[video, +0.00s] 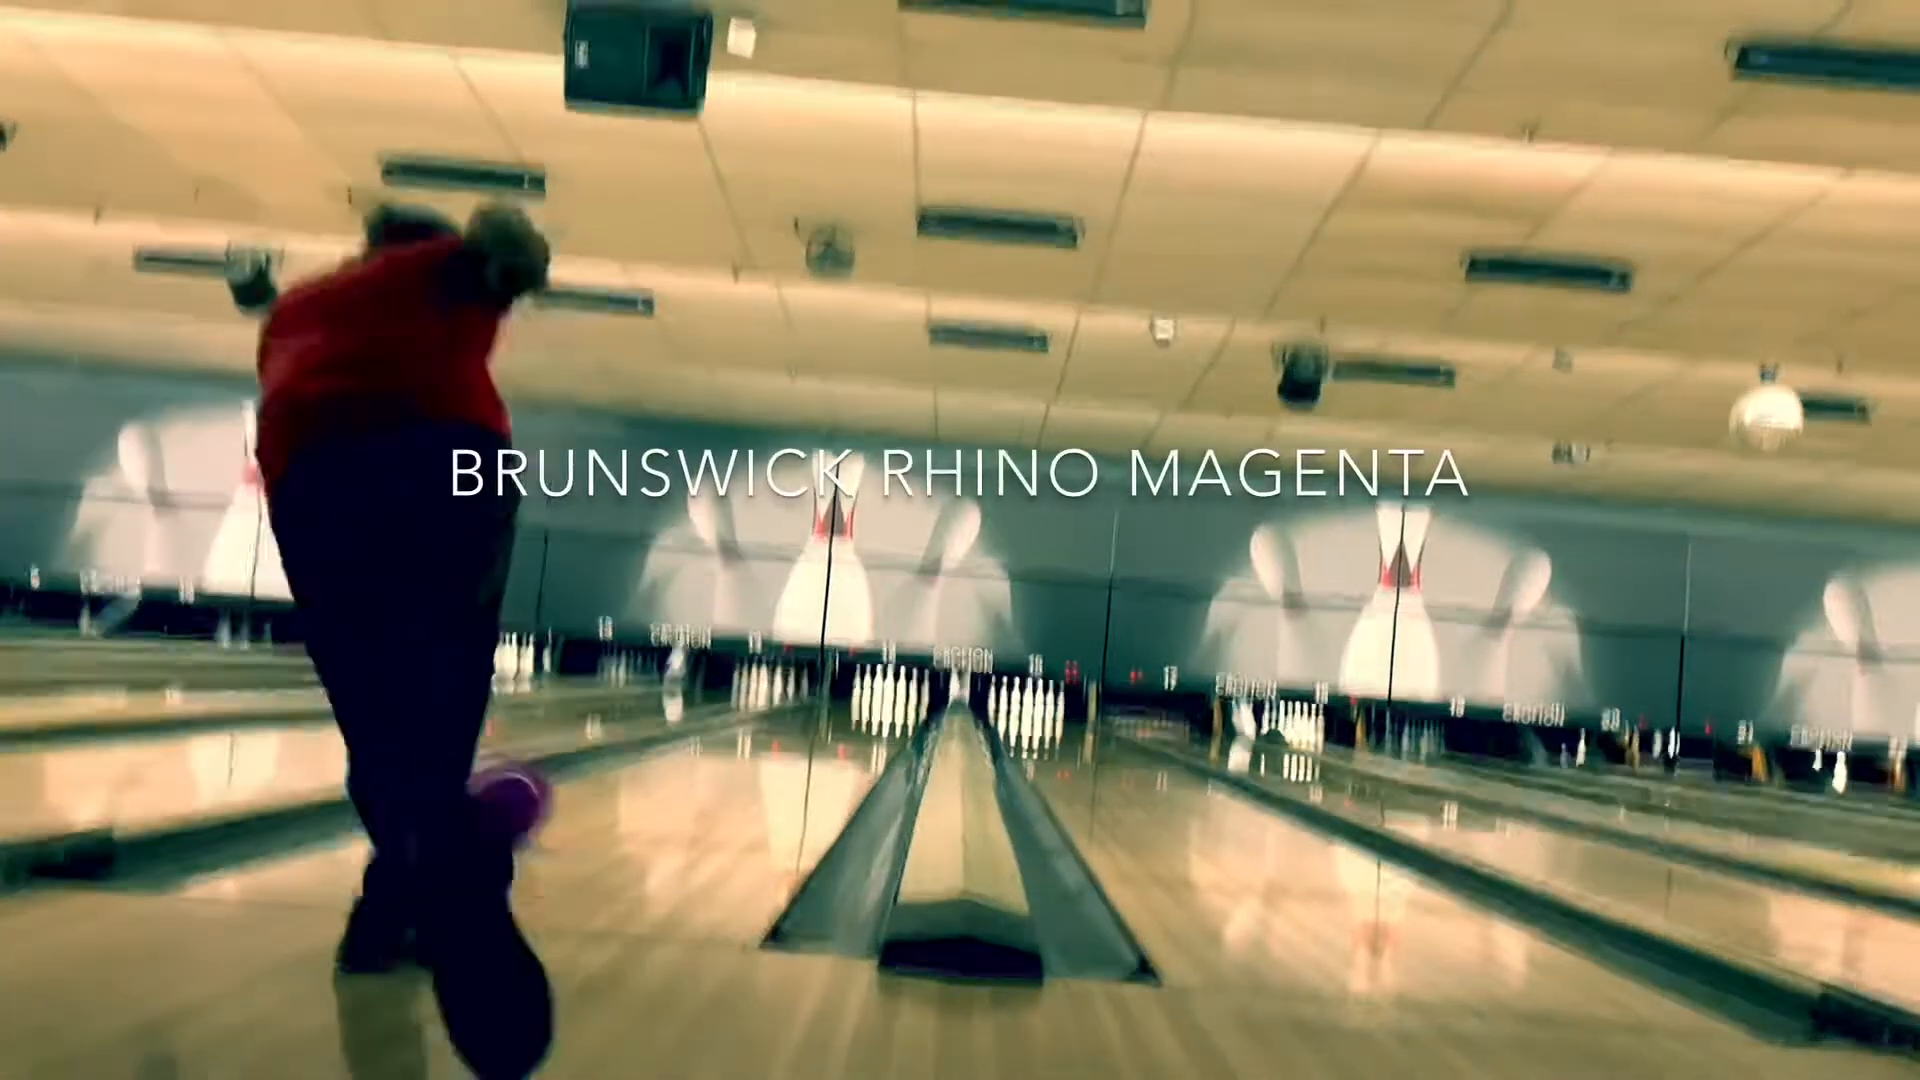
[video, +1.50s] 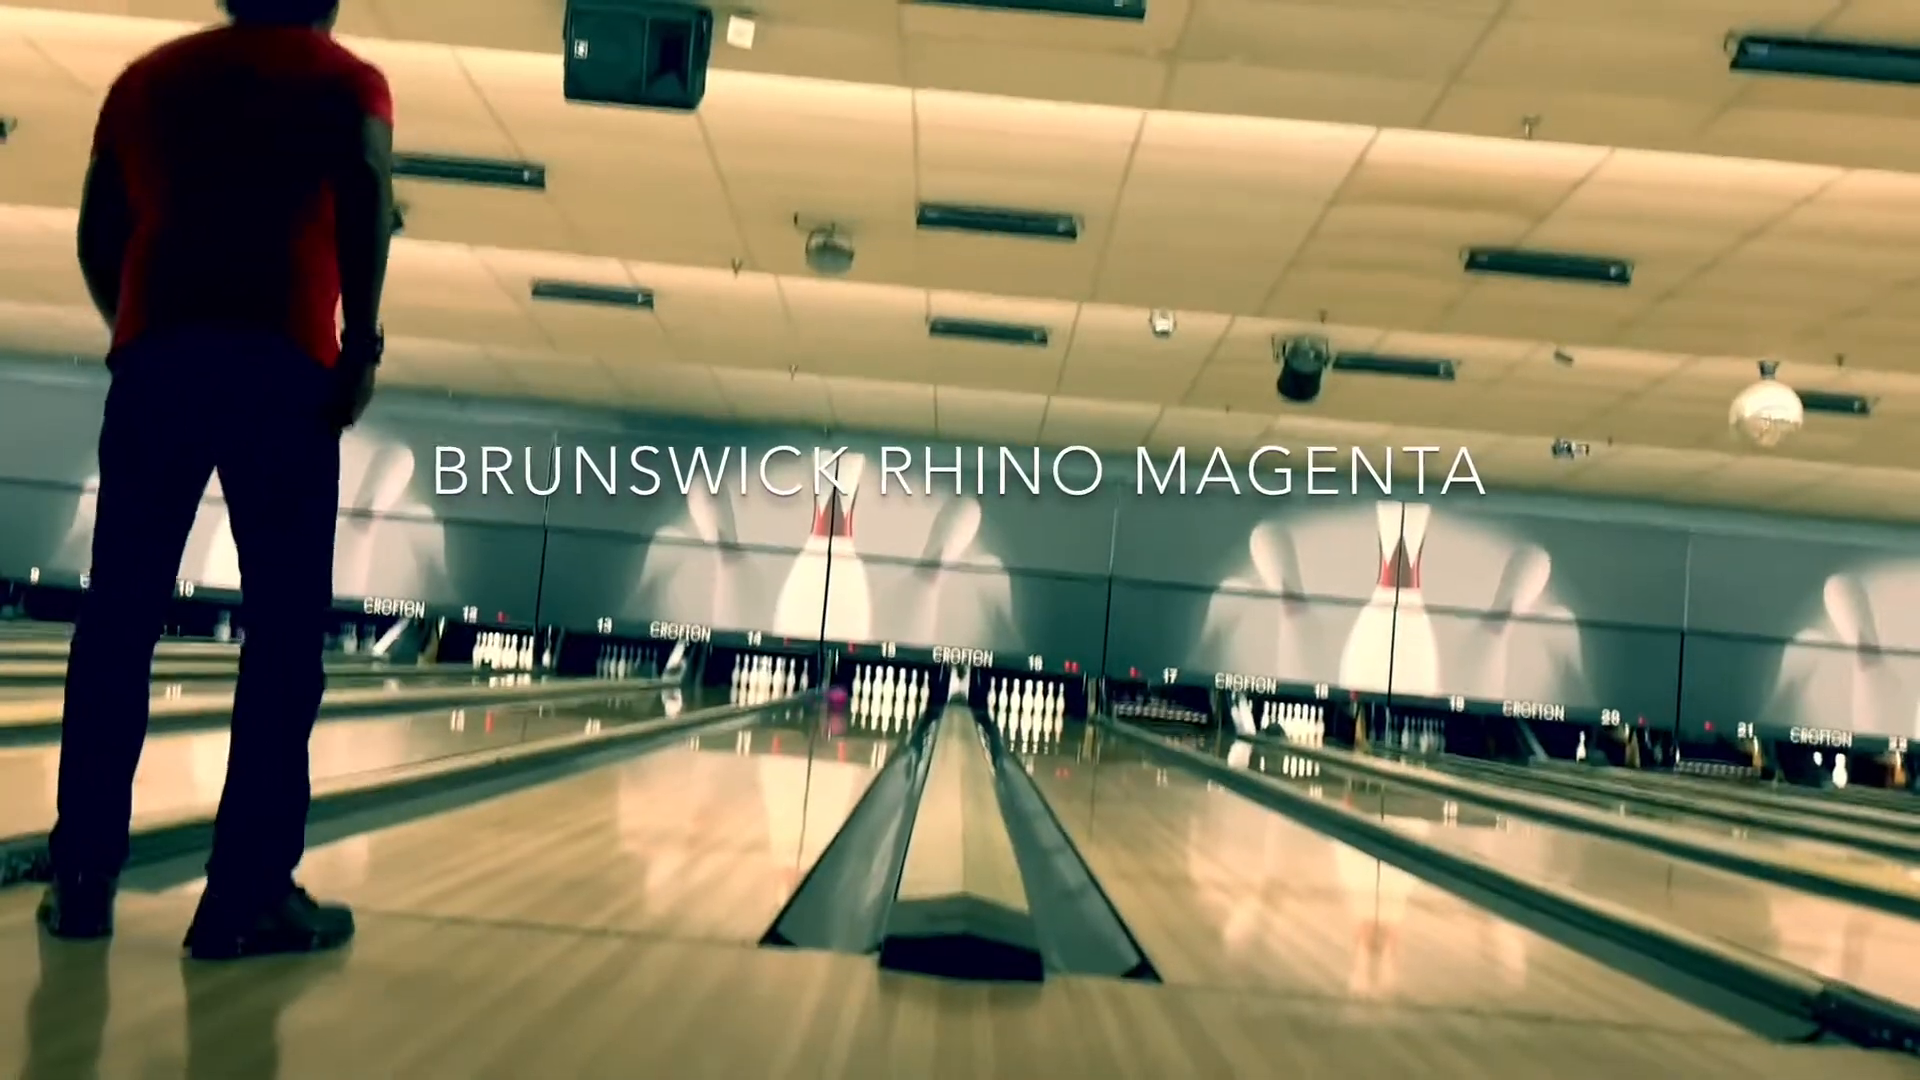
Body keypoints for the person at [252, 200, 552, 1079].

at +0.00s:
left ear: (370, 245)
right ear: (442, 242)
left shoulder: (302, 298)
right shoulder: (448, 258)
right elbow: (518, 250)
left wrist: (258, 294)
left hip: (313, 472)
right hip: (447, 452)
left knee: (369, 700)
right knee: (445, 677)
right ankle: (387, 903)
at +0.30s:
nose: (455, 170)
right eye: (455, 162)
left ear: (372, 165)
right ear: (454, 163)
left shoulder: (303, 221)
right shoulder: (476, 188)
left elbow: (270, 391)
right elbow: (541, 213)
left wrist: (244, 514)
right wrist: (540, 179)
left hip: (362, 390)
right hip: (485, 381)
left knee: (362, 638)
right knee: (442, 645)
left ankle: (460, 672)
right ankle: (388, 920)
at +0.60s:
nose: (430, 117)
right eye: (426, 103)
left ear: (324, 86)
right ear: (415, 102)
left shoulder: (272, 141)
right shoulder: (453, 153)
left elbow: (204, 292)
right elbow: (540, 189)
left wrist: (130, 431)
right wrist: (553, 313)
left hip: (312, 387)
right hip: (445, 388)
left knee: (246, 611)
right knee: (422, 648)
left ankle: (228, 847)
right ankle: (390, 911)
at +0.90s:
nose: (344, 49)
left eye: (334, 39)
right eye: (343, 37)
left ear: (239, 34)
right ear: (333, 38)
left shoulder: (168, 110)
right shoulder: (365, 106)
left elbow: (111, 266)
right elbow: (413, 182)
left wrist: (79, 405)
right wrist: (410, 339)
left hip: (188, 398)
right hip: (323, 397)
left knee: (135, 632)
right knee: (357, 645)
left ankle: (83, 890)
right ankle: (368, 901)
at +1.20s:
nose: (310, 24)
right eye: (310, 15)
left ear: (203, 6)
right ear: (303, 10)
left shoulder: (127, 85)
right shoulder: (331, 88)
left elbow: (74, 246)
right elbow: (350, 236)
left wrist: (106, 334)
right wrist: (343, 344)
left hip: (143, 376)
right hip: (274, 376)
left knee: (114, 621)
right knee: (290, 631)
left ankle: (81, 888)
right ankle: (256, 883)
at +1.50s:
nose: (333, 21)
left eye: (323, 17)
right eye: (333, 13)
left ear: (228, 1)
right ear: (323, 7)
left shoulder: (143, 78)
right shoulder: (348, 81)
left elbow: (97, 240)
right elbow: (365, 217)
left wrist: (146, 333)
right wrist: (362, 343)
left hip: (154, 377)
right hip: (282, 379)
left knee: (117, 621)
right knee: (284, 639)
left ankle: (80, 887)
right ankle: (246, 898)